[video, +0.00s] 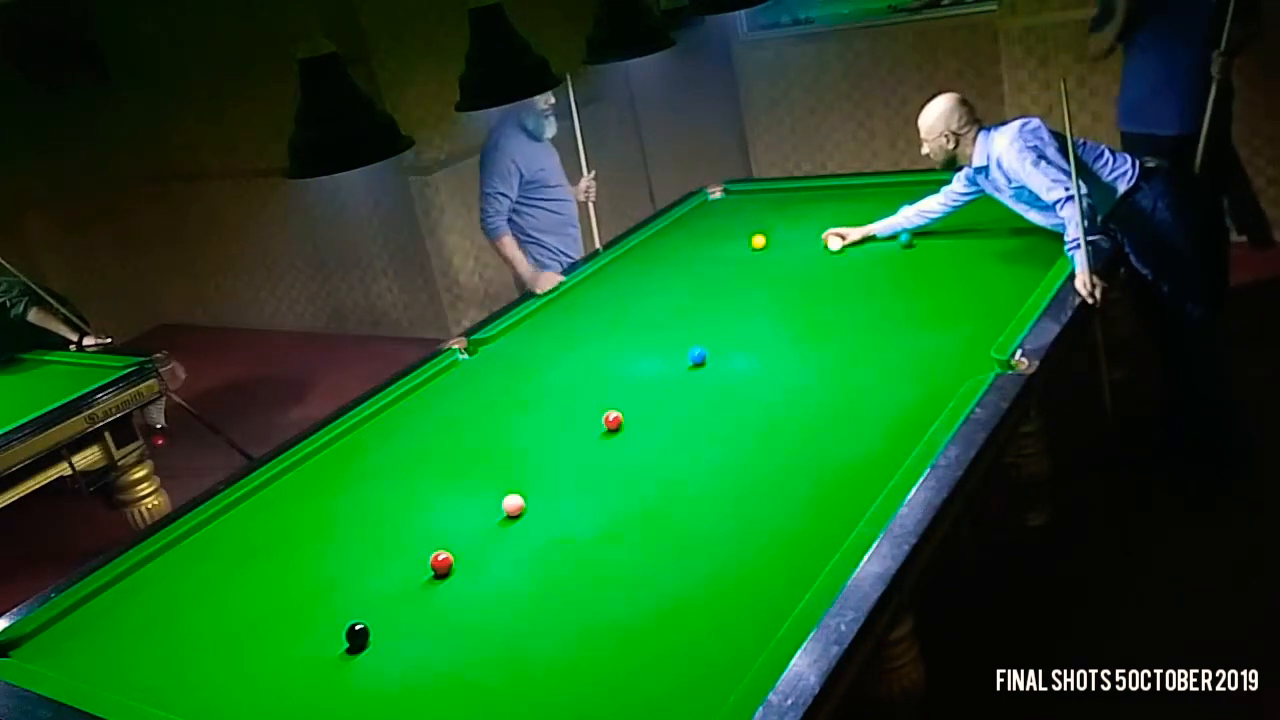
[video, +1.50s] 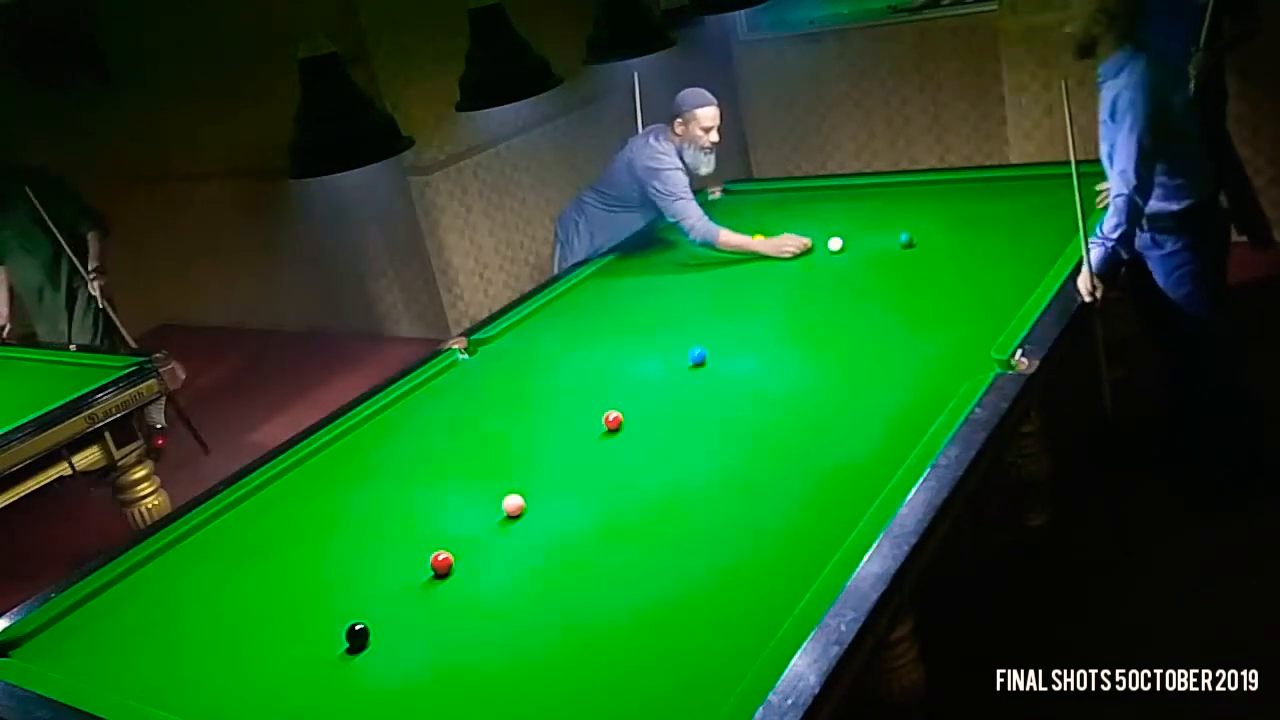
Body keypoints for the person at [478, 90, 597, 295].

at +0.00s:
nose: (551, 101)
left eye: (550, 92)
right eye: (540, 94)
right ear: (517, 102)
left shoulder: (532, 136)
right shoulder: (505, 146)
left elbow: (537, 195)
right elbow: (493, 221)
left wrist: (574, 193)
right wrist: (530, 275)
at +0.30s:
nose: (592, 92)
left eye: (593, 84)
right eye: (581, 85)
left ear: (598, 86)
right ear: (561, 90)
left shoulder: (577, 127)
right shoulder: (548, 133)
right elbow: (569, 202)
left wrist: (601, 184)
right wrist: (642, 230)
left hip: (592, 238)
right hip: (562, 248)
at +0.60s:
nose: (672, 103)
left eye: (673, 94)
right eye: (662, 94)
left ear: (674, 91)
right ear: (634, 95)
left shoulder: (641, 124)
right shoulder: (622, 132)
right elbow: (679, 192)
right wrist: (749, 219)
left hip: (616, 233)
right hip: (582, 243)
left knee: (614, 310)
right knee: (580, 320)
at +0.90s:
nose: (715, 134)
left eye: (717, 124)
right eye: (707, 125)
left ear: (687, 122)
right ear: (680, 123)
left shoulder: (664, 132)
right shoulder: (666, 160)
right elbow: (721, 215)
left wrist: (697, 189)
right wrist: (792, 237)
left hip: (627, 230)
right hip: (587, 241)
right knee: (578, 319)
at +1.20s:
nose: (714, 137)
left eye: (716, 128)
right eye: (705, 129)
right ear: (678, 125)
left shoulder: (662, 135)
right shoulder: (660, 160)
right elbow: (673, 231)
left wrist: (699, 191)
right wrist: (739, 252)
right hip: (587, 237)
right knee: (578, 316)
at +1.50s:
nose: (715, 139)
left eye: (717, 130)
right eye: (707, 130)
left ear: (683, 126)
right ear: (679, 127)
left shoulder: (671, 138)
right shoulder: (658, 160)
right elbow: (698, 229)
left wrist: (698, 186)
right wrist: (762, 245)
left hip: (623, 230)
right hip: (587, 236)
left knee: (613, 310)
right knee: (577, 317)